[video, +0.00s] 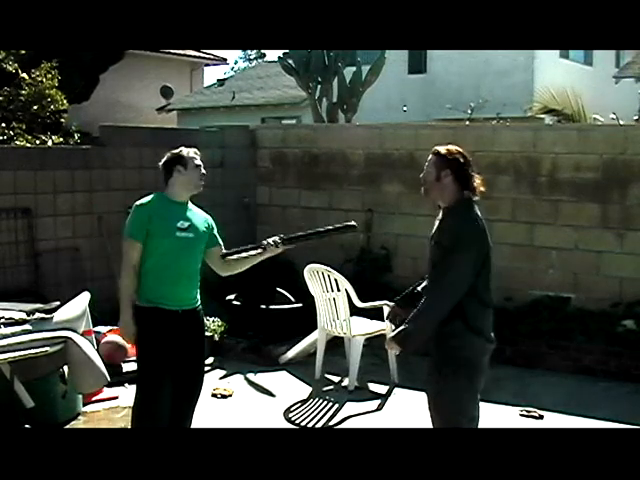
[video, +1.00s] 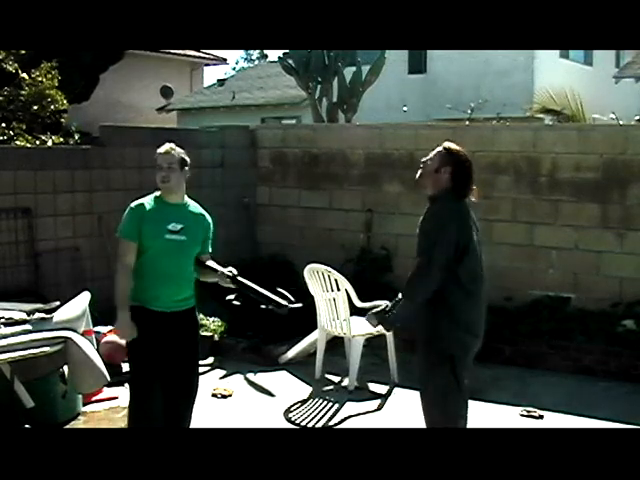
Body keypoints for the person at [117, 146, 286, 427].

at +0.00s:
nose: (204, 172)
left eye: (203, 167)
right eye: (197, 167)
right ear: (177, 171)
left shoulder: (203, 221)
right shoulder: (145, 210)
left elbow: (223, 266)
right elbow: (130, 266)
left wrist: (263, 254)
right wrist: (126, 316)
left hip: (190, 319)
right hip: (153, 318)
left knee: (186, 395)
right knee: (154, 395)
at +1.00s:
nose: (163, 174)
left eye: (170, 168)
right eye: (159, 168)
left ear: (185, 172)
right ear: (154, 172)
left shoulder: (201, 218)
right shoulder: (139, 211)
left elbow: (200, 265)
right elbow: (125, 266)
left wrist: (219, 273)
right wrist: (123, 315)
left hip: (184, 318)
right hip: (146, 317)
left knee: (182, 396)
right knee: (146, 397)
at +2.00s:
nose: (190, 172)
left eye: (189, 167)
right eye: (184, 167)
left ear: (171, 174)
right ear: (163, 173)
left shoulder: (193, 215)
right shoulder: (132, 212)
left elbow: (195, 268)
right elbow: (117, 269)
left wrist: (197, 316)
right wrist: (116, 322)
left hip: (182, 319)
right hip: (143, 319)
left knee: (179, 403)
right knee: (144, 403)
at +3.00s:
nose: (199, 172)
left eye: (198, 167)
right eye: (193, 167)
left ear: (181, 173)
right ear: (173, 173)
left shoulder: (200, 217)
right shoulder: (148, 212)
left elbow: (208, 266)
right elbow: (138, 269)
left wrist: (241, 277)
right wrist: (142, 322)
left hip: (194, 320)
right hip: (162, 319)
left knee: (189, 395)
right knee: (158, 397)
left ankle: (178, 430)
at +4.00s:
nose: (207, 183)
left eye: (207, 177)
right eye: (203, 177)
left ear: (187, 178)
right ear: (184, 176)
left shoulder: (204, 215)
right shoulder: (144, 210)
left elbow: (216, 258)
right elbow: (126, 262)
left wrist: (255, 264)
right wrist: (124, 311)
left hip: (191, 317)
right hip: (154, 316)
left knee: (188, 392)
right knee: (153, 392)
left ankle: (179, 430)